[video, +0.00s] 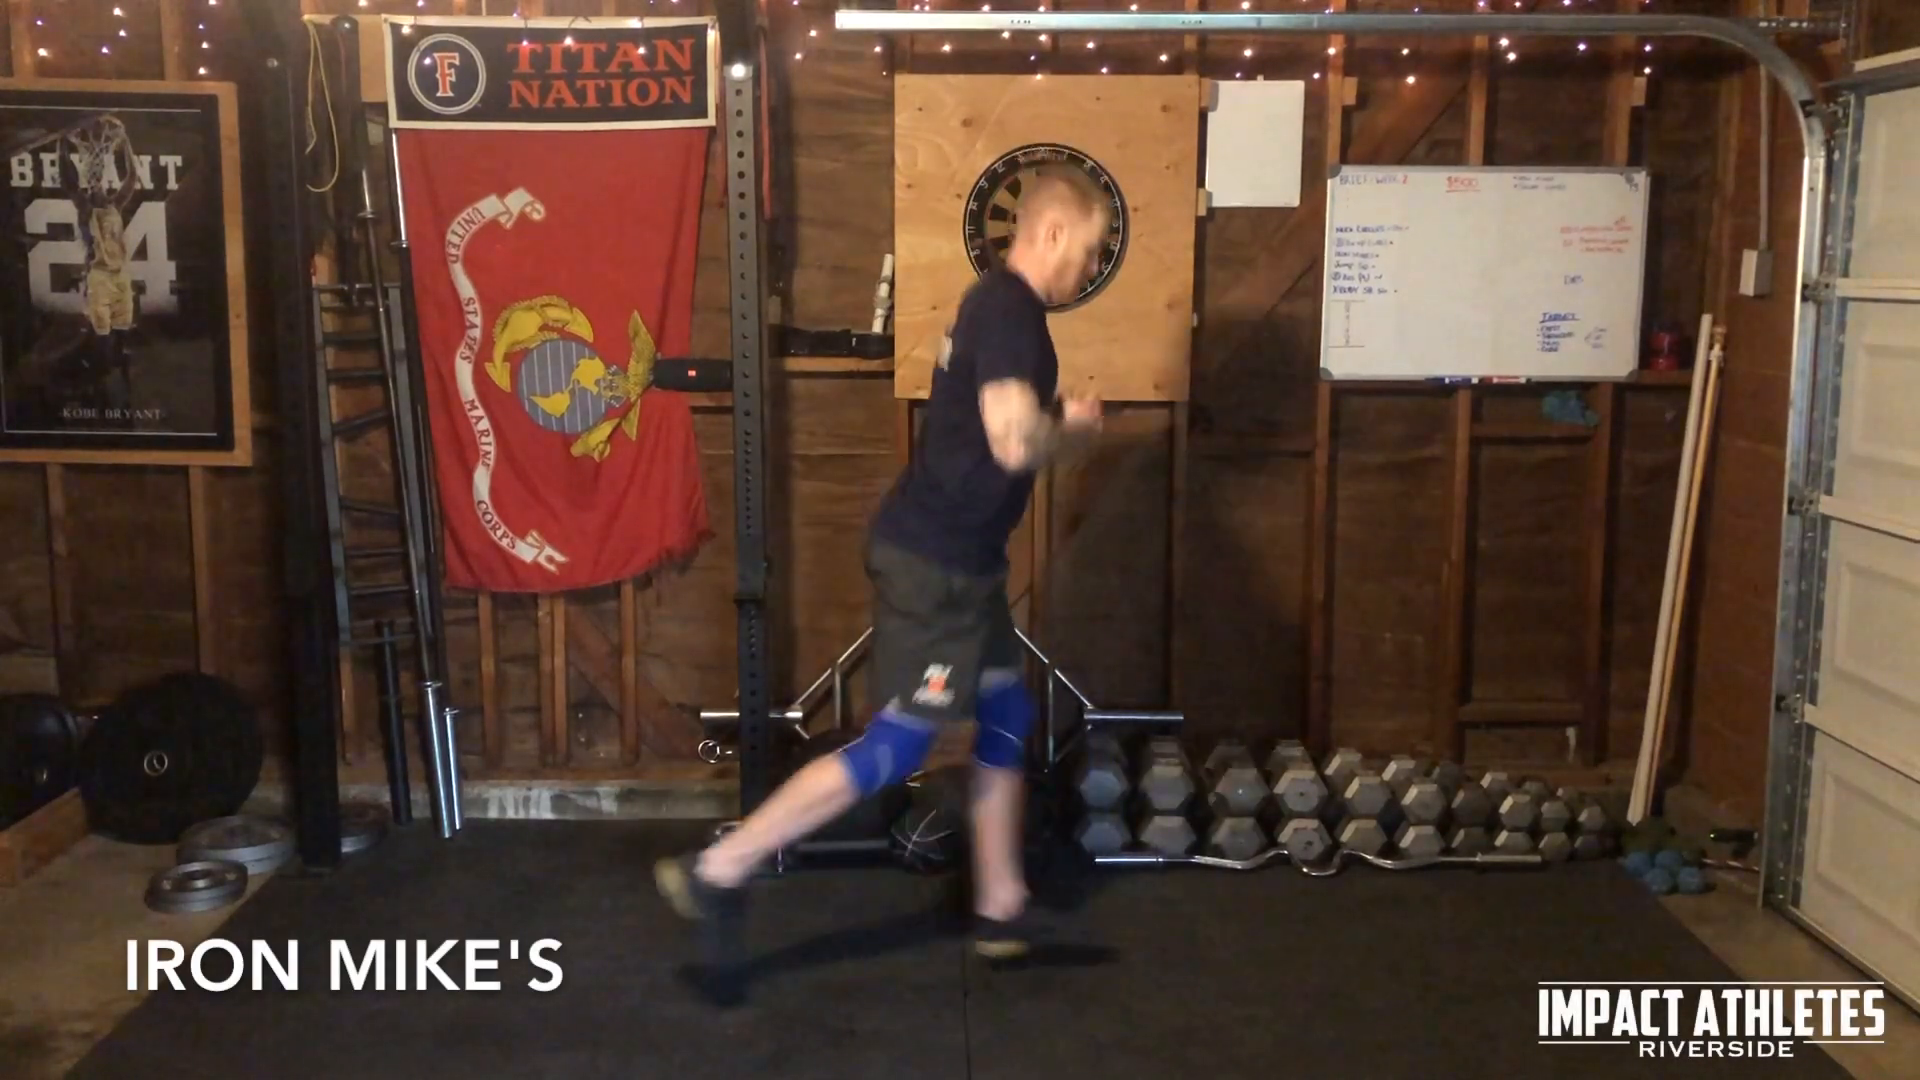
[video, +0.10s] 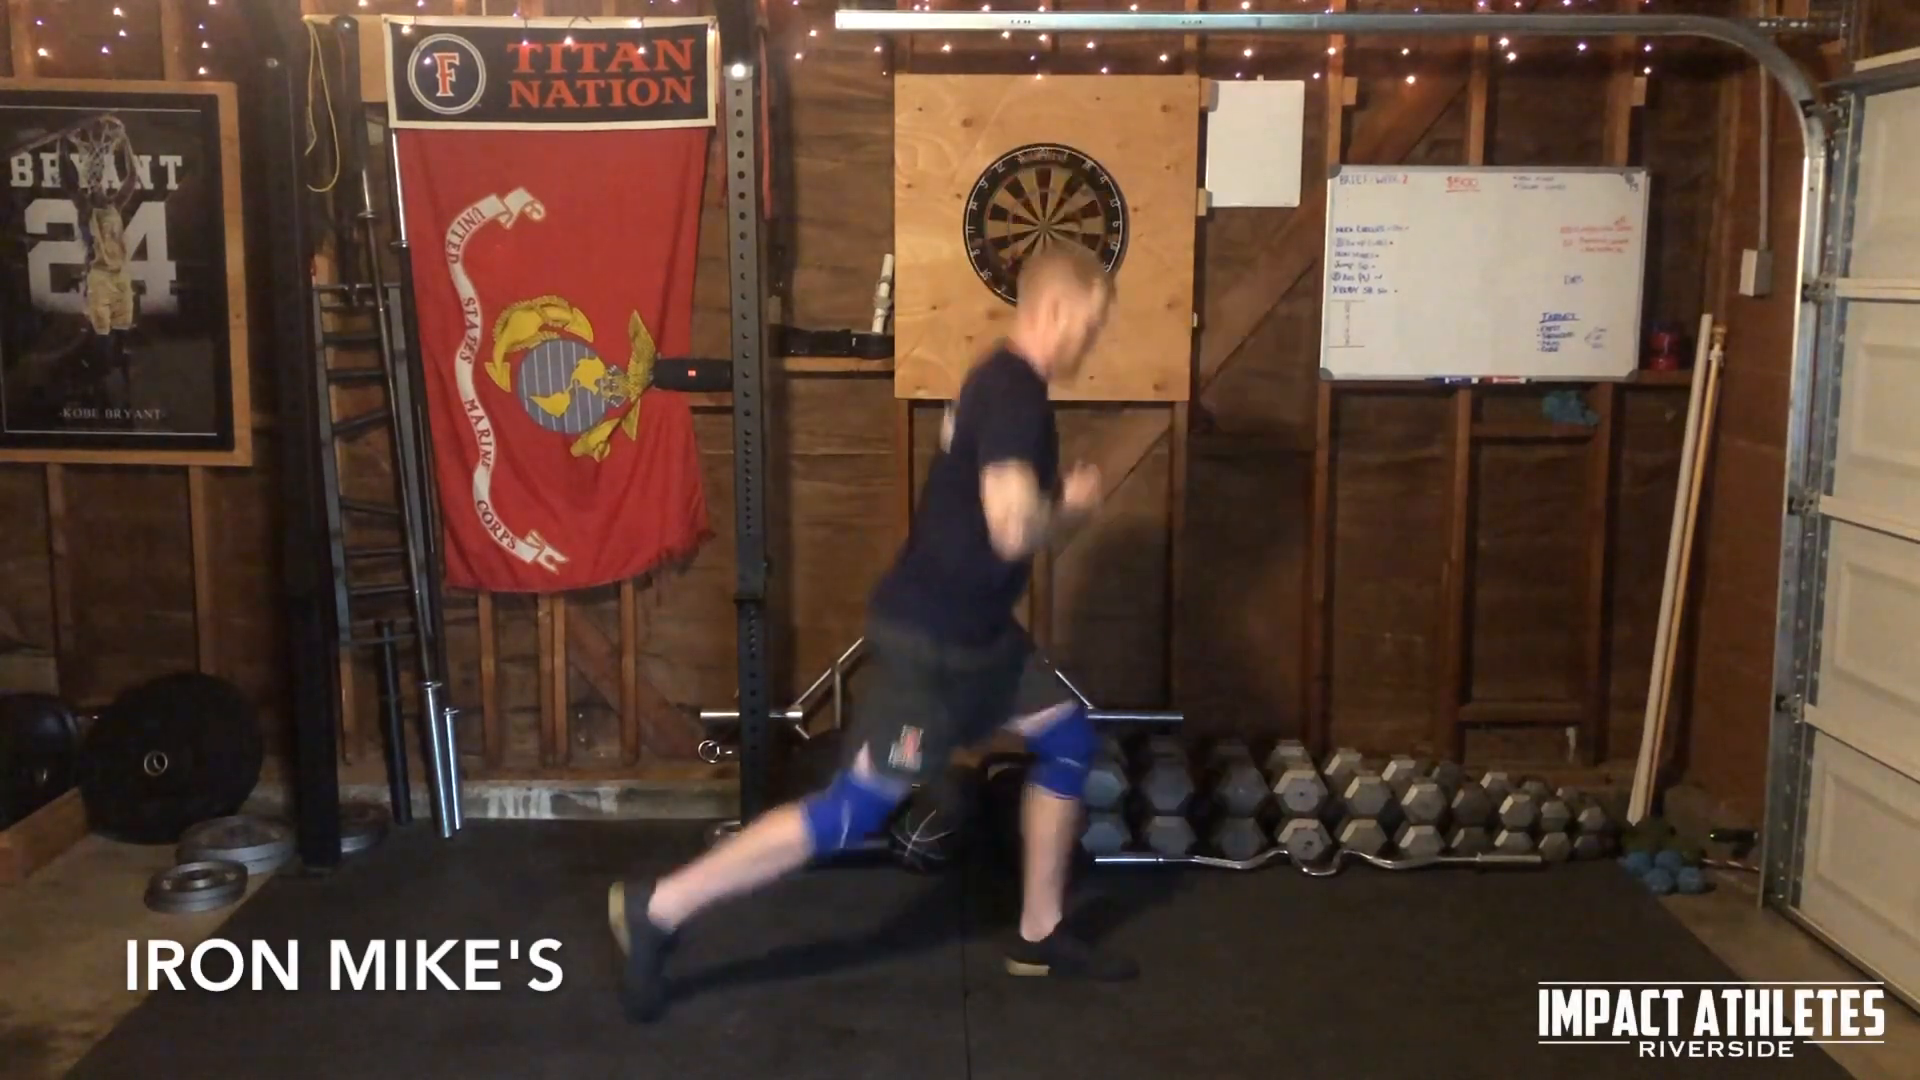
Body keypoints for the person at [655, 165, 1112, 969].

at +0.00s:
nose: (1090, 270)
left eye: (1096, 254)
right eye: (1090, 249)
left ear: (1040, 232)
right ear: (1050, 231)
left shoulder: (1010, 307)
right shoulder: (1006, 308)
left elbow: (997, 426)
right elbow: (1015, 446)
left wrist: (1051, 414)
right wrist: (1072, 426)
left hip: (968, 560)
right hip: (930, 559)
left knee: (1005, 716)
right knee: (897, 743)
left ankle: (1000, 906)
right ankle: (716, 867)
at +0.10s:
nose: (1095, 338)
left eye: (1099, 321)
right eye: (1093, 319)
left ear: (1036, 306)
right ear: (1059, 311)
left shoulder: (1015, 384)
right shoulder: (1010, 387)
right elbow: (1011, 532)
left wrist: (1056, 506)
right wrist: (1070, 504)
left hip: (978, 638)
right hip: (929, 638)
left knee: (1068, 736)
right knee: (854, 811)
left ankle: (1041, 933)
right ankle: (656, 908)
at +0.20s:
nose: (1096, 423)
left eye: (1100, 408)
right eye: (1092, 406)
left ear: (1044, 400)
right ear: (1052, 402)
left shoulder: (1020, 471)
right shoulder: (1007, 483)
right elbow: (997, 628)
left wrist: (1045, 591)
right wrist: (1062, 600)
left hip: (987, 689)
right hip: (922, 708)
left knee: (1107, 759)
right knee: (857, 899)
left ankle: (1043, 933)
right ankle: (643, 936)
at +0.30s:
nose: (1095, 490)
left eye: (1097, 475)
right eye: (1090, 474)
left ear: (1040, 466)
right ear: (1049, 467)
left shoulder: (1020, 538)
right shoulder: (1006, 549)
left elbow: (991, 666)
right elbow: (976, 696)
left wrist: (1049, 669)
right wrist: (1055, 675)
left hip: (976, 751)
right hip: (916, 774)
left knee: (1115, 762)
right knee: (853, 962)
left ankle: (1044, 936)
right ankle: (641, 941)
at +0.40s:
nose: (1090, 518)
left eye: (1092, 503)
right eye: (1087, 502)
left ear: (1035, 497)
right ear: (1048, 499)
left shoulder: (1015, 567)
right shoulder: (1003, 578)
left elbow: (984, 701)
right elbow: (970, 731)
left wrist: (1049, 694)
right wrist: (1053, 708)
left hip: (971, 777)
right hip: (911, 801)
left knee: (1112, 757)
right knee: (849, 988)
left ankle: (1043, 935)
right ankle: (641, 939)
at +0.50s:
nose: (1085, 497)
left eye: (1086, 480)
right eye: (1079, 479)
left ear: (1026, 475)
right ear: (1038, 474)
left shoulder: (1015, 551)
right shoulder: (997, 558)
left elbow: (996, 679)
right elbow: (985, 711)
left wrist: (1055, 684)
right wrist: (1065, 667)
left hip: (970, 765)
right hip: (907, 788)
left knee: (1111, 759)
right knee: (839, 970)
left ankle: (1043, 935)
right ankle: (629, 939)